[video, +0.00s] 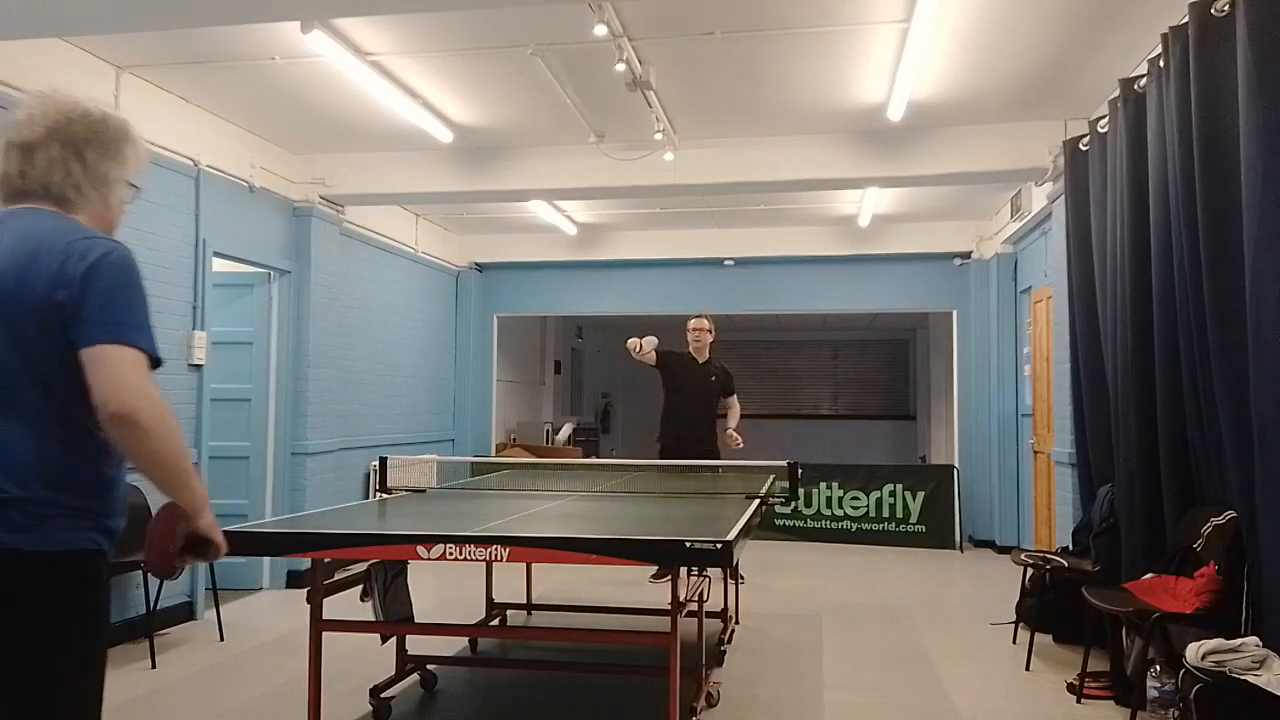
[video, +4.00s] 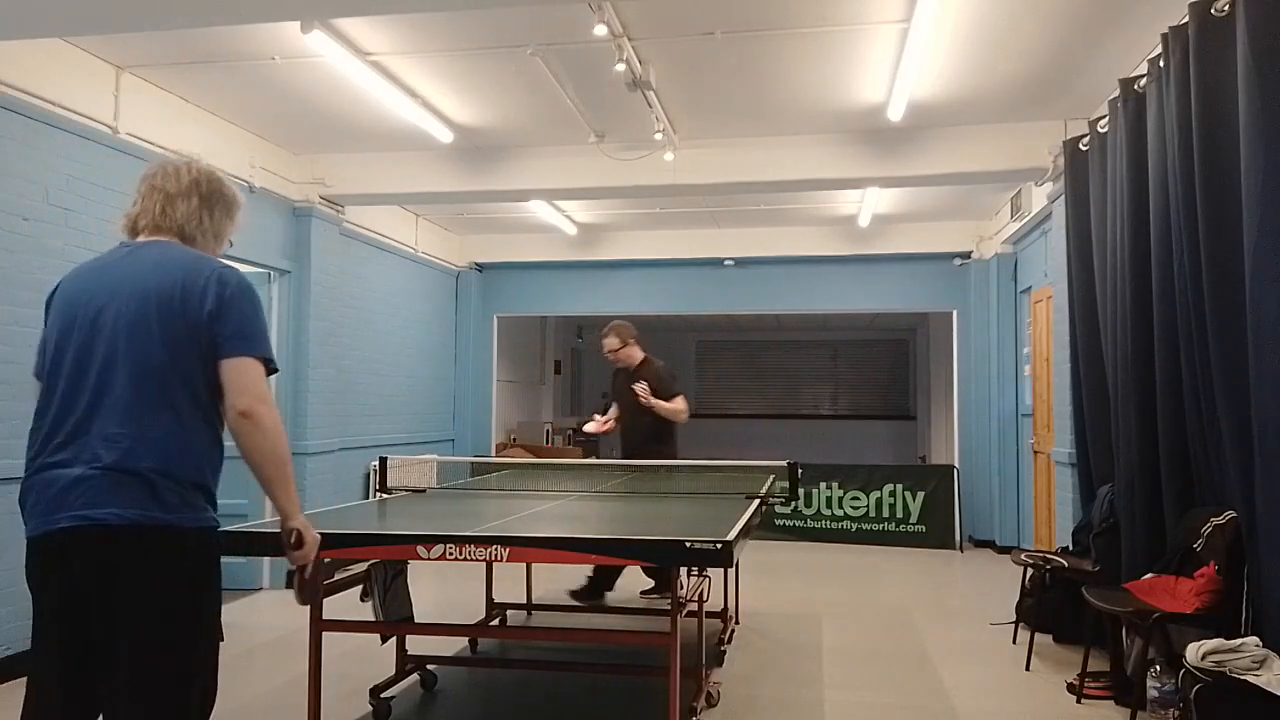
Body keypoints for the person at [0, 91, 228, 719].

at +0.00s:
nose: (129, 205)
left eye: (133, 190)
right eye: (128, 187)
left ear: (26, 168)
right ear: (91, 179)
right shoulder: (92, 258)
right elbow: (123, 403)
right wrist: (193, 506)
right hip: (46, 557)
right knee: (53, 706)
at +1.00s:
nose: (183, 213)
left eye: (186, 198)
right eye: (181, 197)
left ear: (75, 192)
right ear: (155, 195)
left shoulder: (15, 277)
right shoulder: (172, 274)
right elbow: (263, 417)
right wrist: (319, 469)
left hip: (13, 561)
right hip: (118, 564)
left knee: (50, 707)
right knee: (119, 708)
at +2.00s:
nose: (17, 210)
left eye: (20, 198)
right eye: (18, 196)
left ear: (13, 191)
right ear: (6, 188)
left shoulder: (17, 265)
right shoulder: (11, 263)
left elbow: (20, 413)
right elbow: (18, 415)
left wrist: (41, 533)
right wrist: (44, 533)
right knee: (11, 699)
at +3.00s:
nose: (123, 244)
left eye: (126, 233)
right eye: (122, 231)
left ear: (37, 207)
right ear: (97, 221)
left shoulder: (6, 261)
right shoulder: (102, 284)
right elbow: (117, 407)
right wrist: (164, 521)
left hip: (8, 529)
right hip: (64, 539)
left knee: (18, 694)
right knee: (62, 702)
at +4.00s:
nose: (226, 245)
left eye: (229, 234)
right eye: (225, 232)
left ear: (141, 214)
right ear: (207, 222)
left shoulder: (71, 283)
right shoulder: (220, 282)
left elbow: (52, 392)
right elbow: (247, 407)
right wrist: (291, 514)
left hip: (57, 526)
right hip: (164, 528)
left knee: (60, 697)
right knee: (169, 699)